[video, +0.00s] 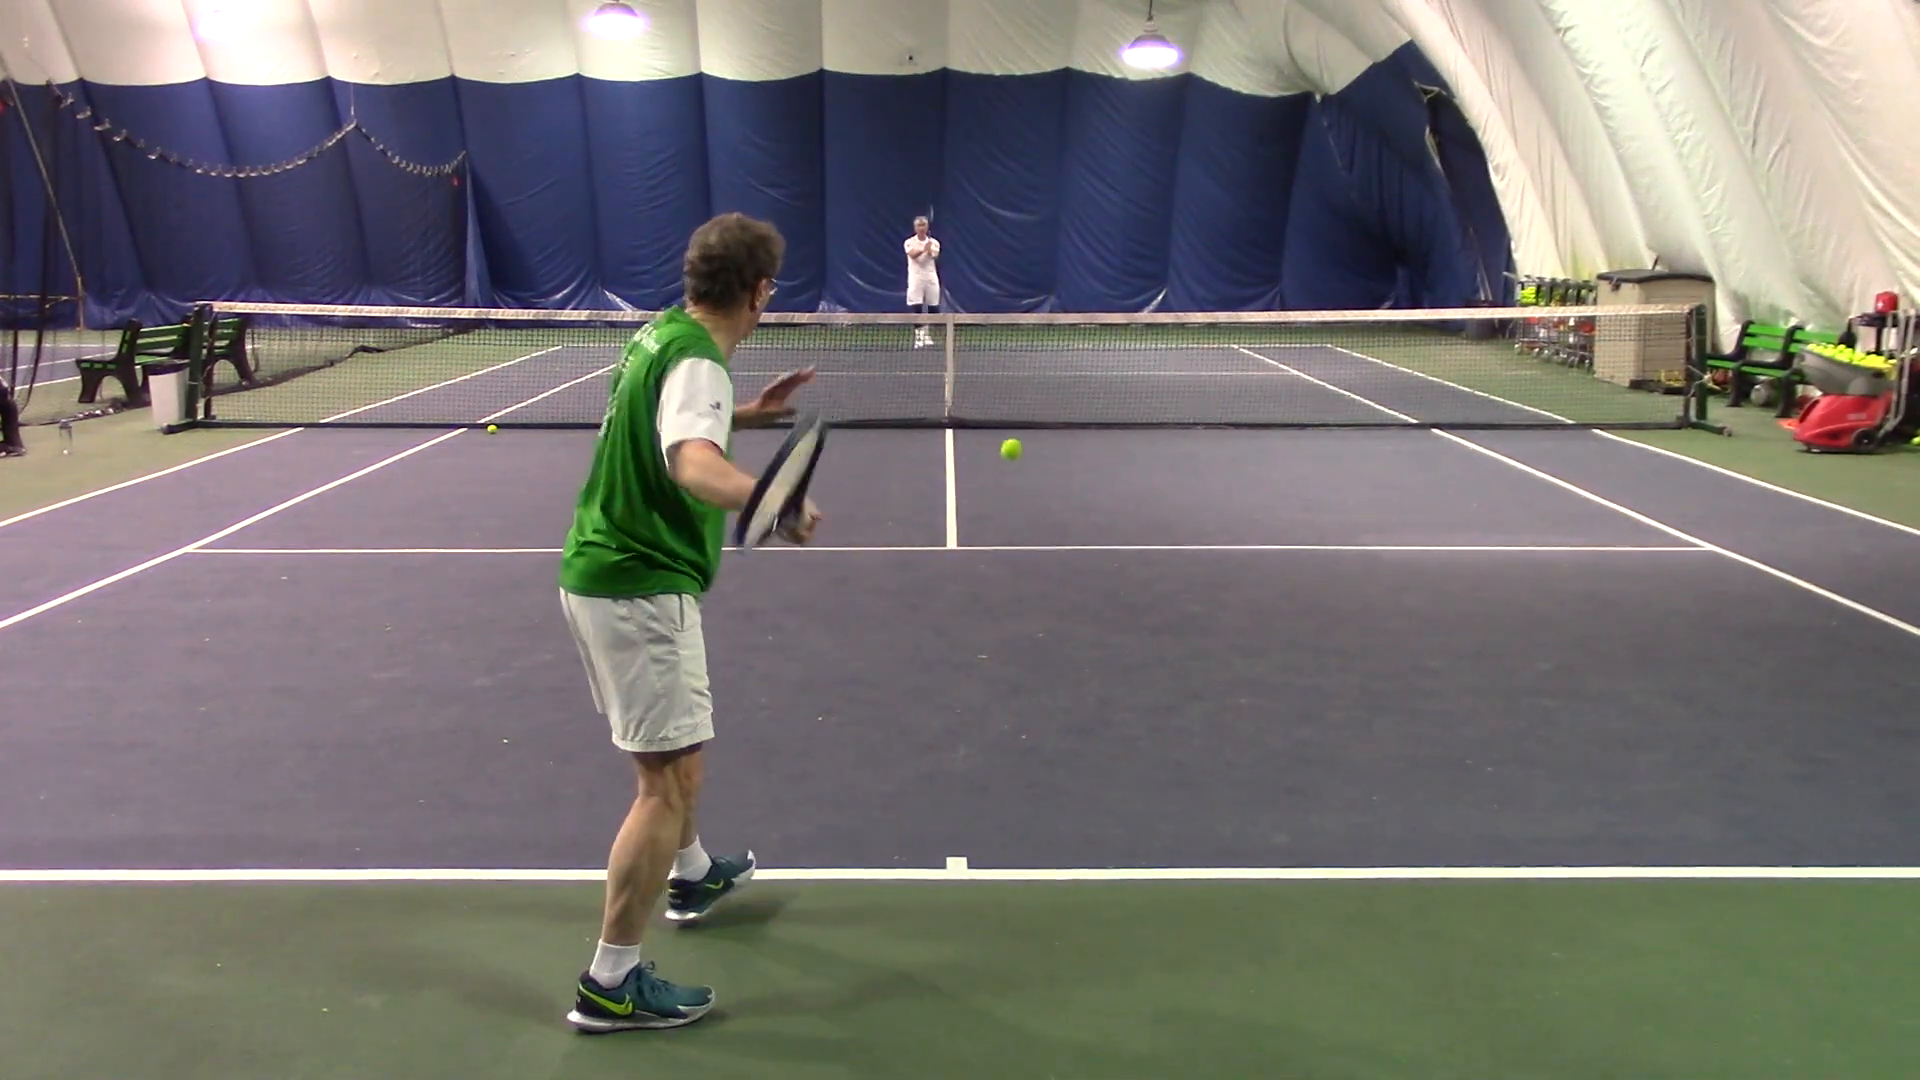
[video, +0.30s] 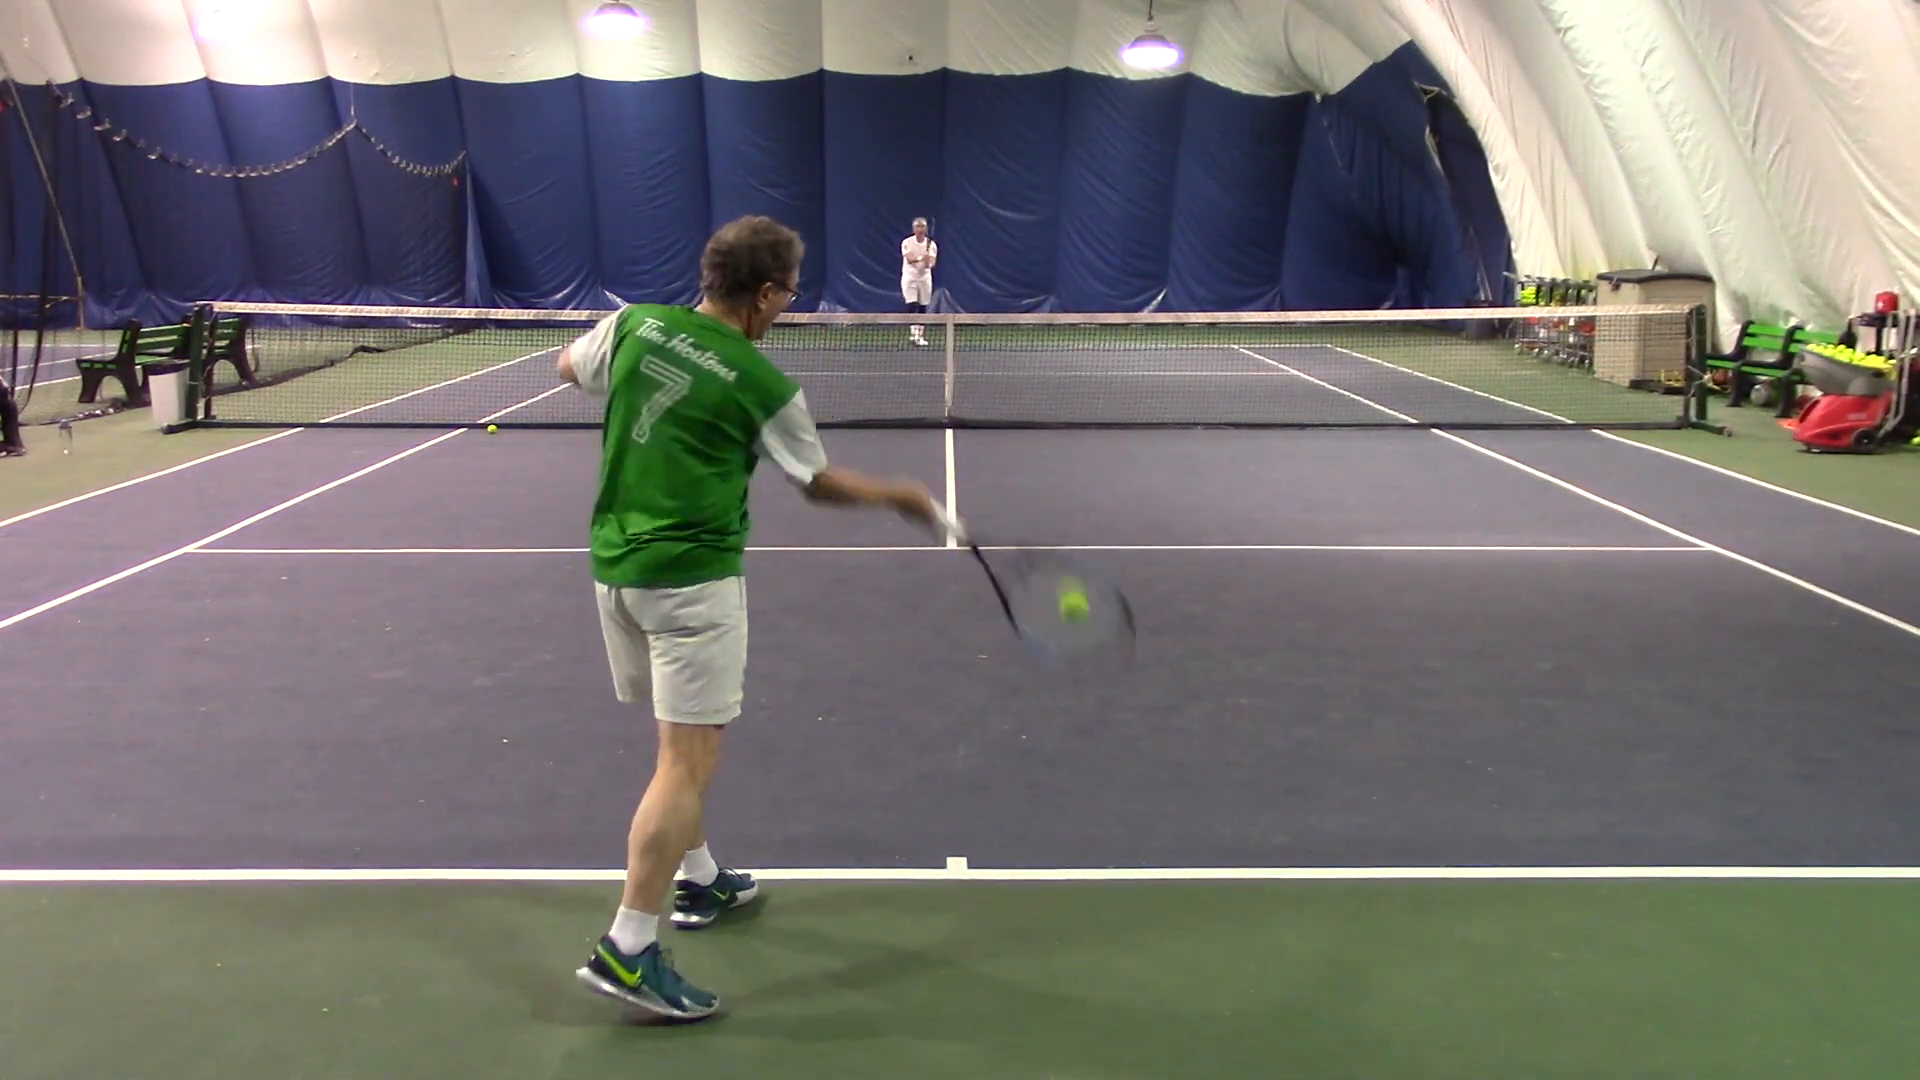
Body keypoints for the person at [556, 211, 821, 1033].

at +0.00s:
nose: (772, 297)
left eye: (770, 283)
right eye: (772, 284)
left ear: (696, 278)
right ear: (755, 292)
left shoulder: (660, 334)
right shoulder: (697, 364)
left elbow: (664, 421)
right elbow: (694, 465)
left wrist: (747, 408)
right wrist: (769, 500)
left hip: (606, 576)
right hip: (640, 587)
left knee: (670, 735)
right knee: (669, 784)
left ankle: (688, 876)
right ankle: (610, 977)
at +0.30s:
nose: (787, 302)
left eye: (788, 289)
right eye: (788, 290)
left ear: (709, 279)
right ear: (765, 295)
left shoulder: (636, 324)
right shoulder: (764, 383)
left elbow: (571, 368)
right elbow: (820, 482)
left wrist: (629, 341)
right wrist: (901, 496)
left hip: (616, 570)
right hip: (693, 582)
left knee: (677, 733)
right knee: (684, 764)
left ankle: (697, 880)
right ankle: (626, 946)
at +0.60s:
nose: (830, 296)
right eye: (832, 287)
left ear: (756, 275)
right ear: (818, 295)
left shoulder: (679, 320)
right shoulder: (815, 356)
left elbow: (570, 353)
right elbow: (774, 300)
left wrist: (634, 340)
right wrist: (737, 241)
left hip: (656, 558)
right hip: (744, 570)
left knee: (688, 725)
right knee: (733, 743)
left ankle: (704, 878)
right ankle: (688, 911)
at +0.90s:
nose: (859, 278)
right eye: (861, 268)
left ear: (786, 265)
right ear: (856, 279)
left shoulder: (716, 324)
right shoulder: (861, 352)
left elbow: (631, 404)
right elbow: (812, 333)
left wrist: (710, 393)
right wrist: (772, 299)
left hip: (708, 558)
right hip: (803, 564)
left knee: (714, 722)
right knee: (836, 737)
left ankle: (698, 883)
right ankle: (858, 917)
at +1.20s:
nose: (887, 261)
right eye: (891, 250)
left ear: (812, 253)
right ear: (885, 260)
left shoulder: (757, 329)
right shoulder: (907, 347)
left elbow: (716, 450)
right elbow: (917, 473)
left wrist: (789, 446)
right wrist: (846, 455)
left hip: (756, 557)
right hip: (857, 567)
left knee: (758, 716)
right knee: (859, 737)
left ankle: (755, 887)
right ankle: (858, 924)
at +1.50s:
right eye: (878, 252)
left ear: (805, 258)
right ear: (879, 264)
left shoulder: (759, 338)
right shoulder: (903, 349)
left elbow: (741, 460)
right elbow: (926, 480)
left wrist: (807, 479)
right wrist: (862, 495)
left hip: (769, 557)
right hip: (871, 561)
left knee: (781, 743)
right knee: (922, 708)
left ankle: (781, 925)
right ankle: (904, 878)